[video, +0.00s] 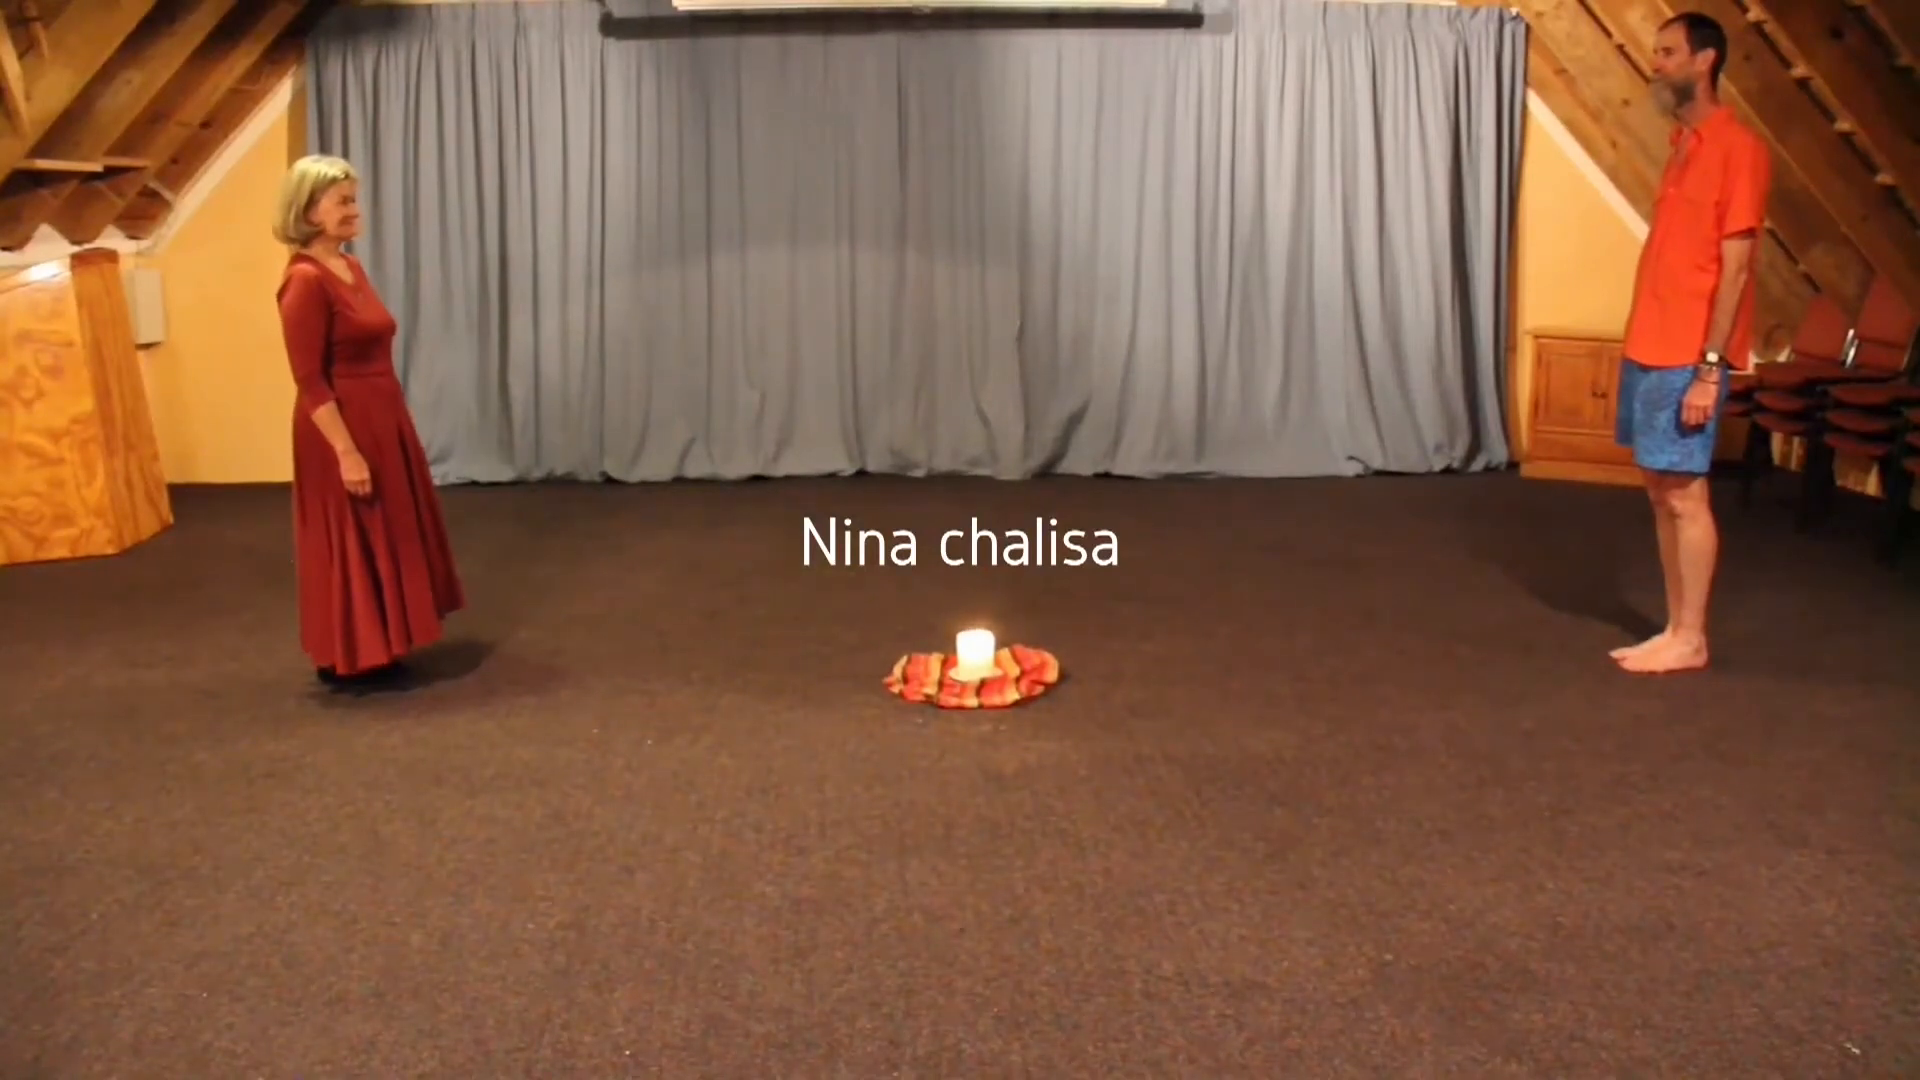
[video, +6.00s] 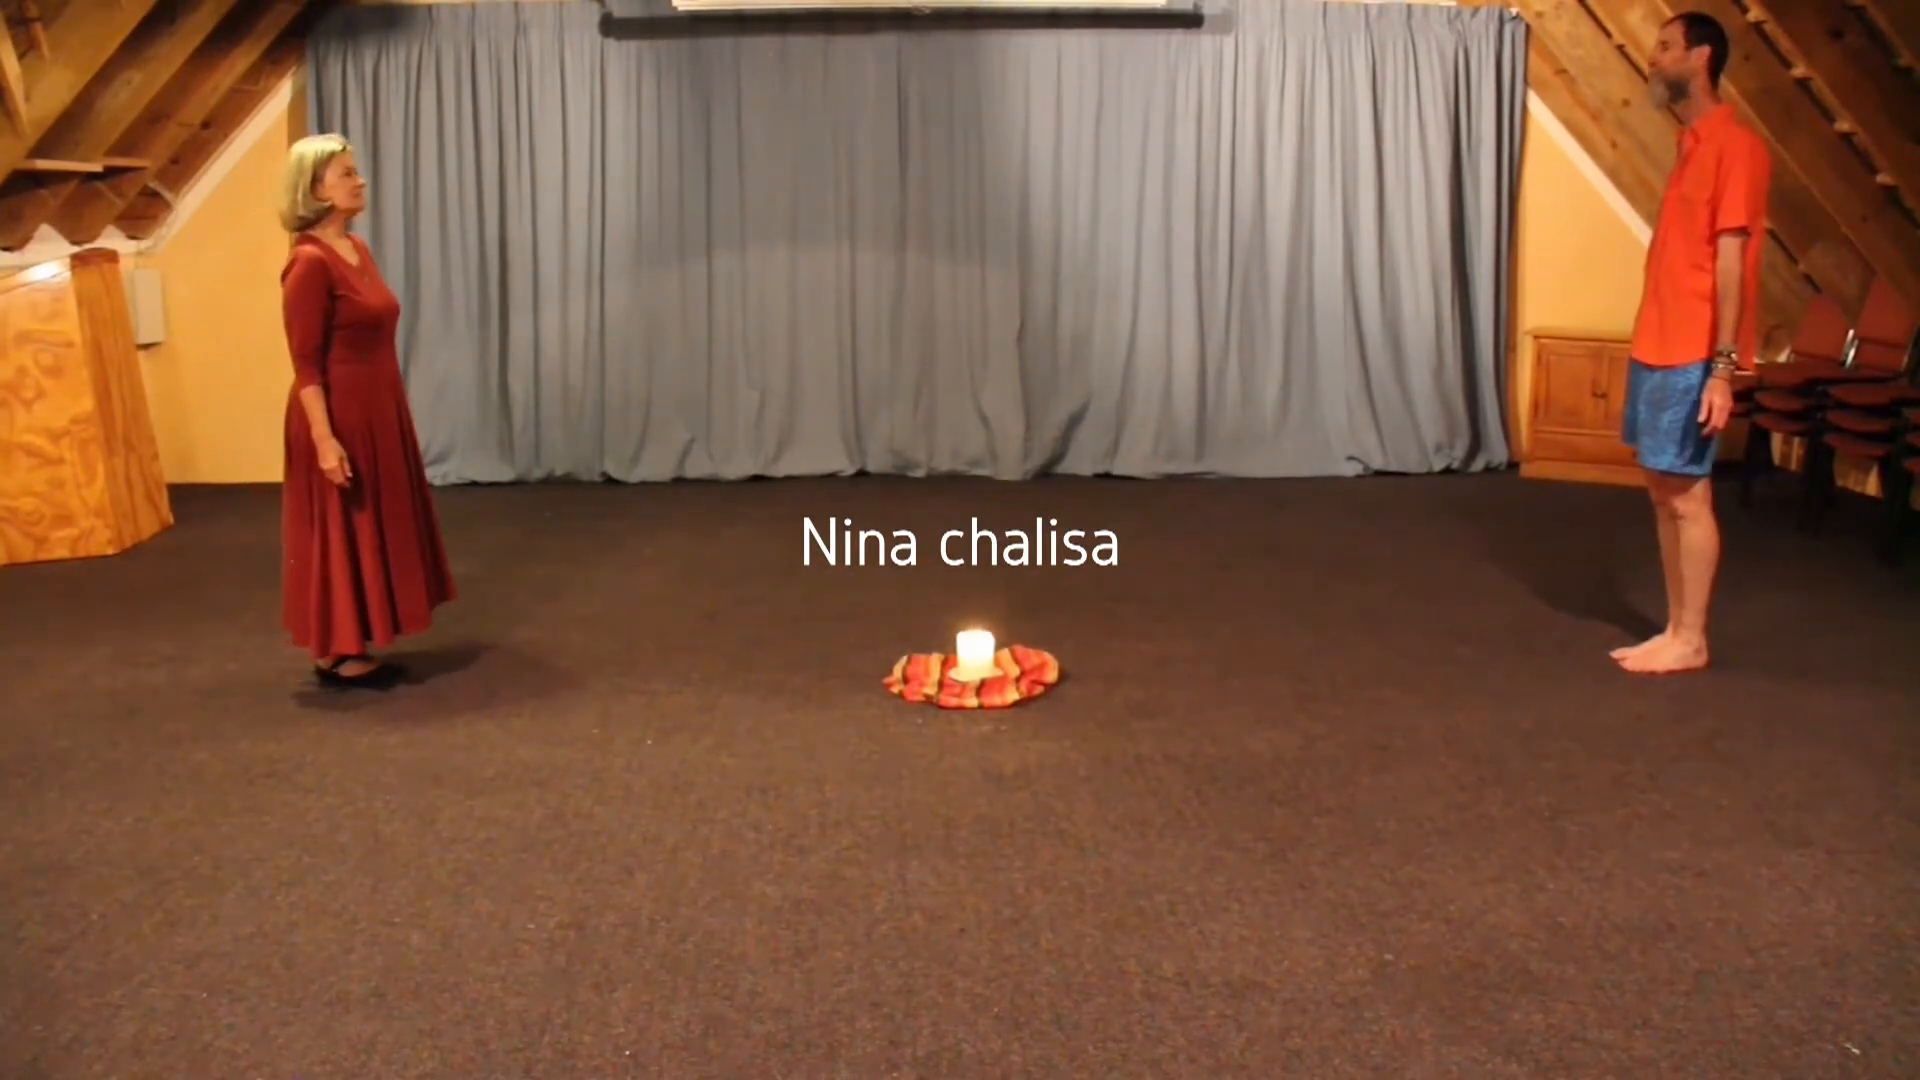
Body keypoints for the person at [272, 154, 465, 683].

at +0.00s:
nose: (353, 210)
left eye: (355, 200)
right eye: (341, 202)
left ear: (354, 207)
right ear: (310, 212)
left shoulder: (350, 266)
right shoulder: (303, 280)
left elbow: (367, 359)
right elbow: (308, 380)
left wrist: (393, 421)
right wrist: (346, 451)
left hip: (378, 418)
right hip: (338, 427)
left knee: (379, 532)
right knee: (347, 538)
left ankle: (380, 648)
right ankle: (347, 655)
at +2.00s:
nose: (332, 180)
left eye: (328, 171)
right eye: (319, 173)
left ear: (315, 187)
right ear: (289, 190)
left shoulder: (330, 247)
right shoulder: (282, 262)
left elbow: (349, 342)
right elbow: (286, 363)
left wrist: (372, 410)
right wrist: (319, 435)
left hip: (355, 405)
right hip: (317, 411)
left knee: (347, 522)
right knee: (323, 525)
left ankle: (339, 643)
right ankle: (328, 648)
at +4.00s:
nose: (331, 185)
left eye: (328, 175)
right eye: (318, 178)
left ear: (317, 187)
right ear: (288, 192)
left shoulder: (324, 248)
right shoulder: (276, 263)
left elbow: (340, 342)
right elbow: (276, 364)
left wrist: (362, 410)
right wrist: (307, 436)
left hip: (347, 403)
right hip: (309, 411)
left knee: (343, 520)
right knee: (317, 525)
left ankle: (340, 642)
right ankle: (326, 648)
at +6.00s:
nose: (360, 182)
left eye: (357, 172)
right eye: (347, 174)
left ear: (344, 185)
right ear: (317, 189)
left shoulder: (354, 247)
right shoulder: (308, 261)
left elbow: (368, 344)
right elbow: (305, 363)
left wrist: (390, 412)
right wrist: (323, 437)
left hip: (375, 407)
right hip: (338, 412)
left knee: (366, 522)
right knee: (339, 526)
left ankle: (355, 646)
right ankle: (337, 650)